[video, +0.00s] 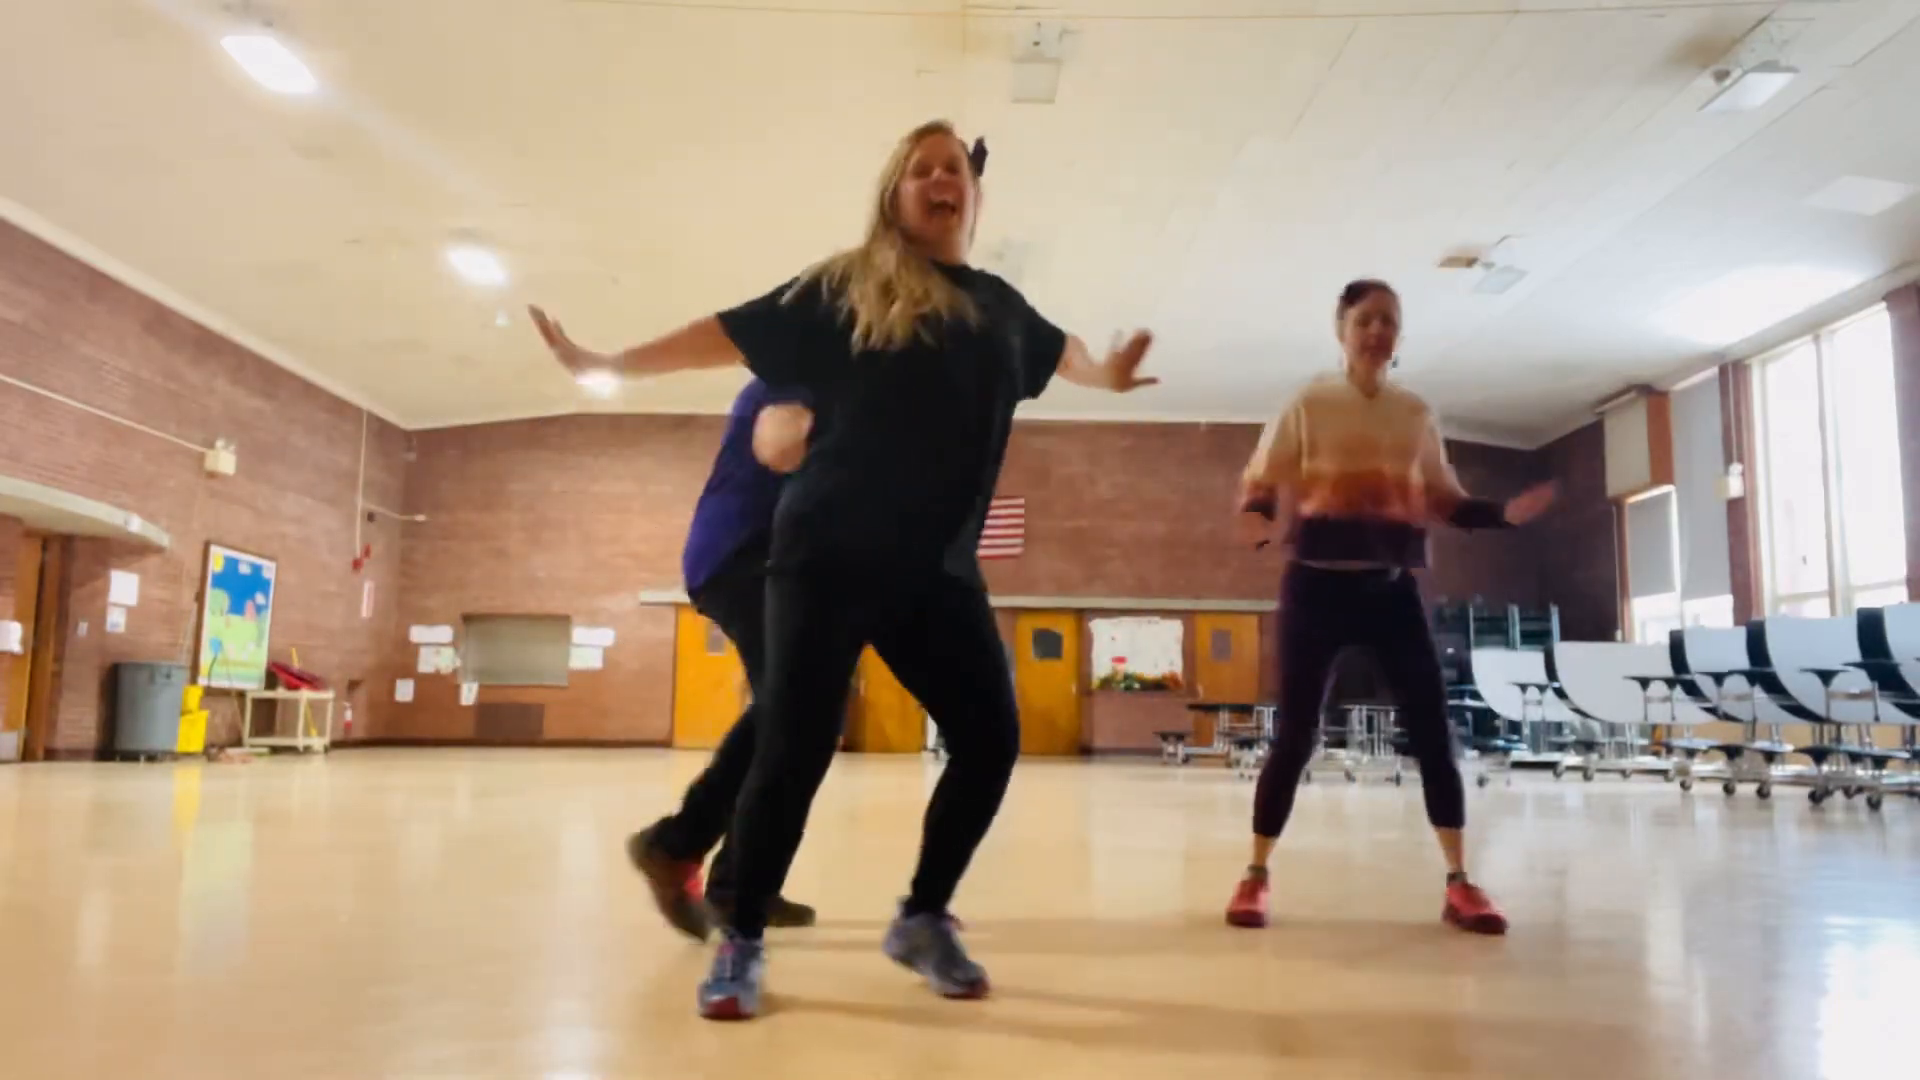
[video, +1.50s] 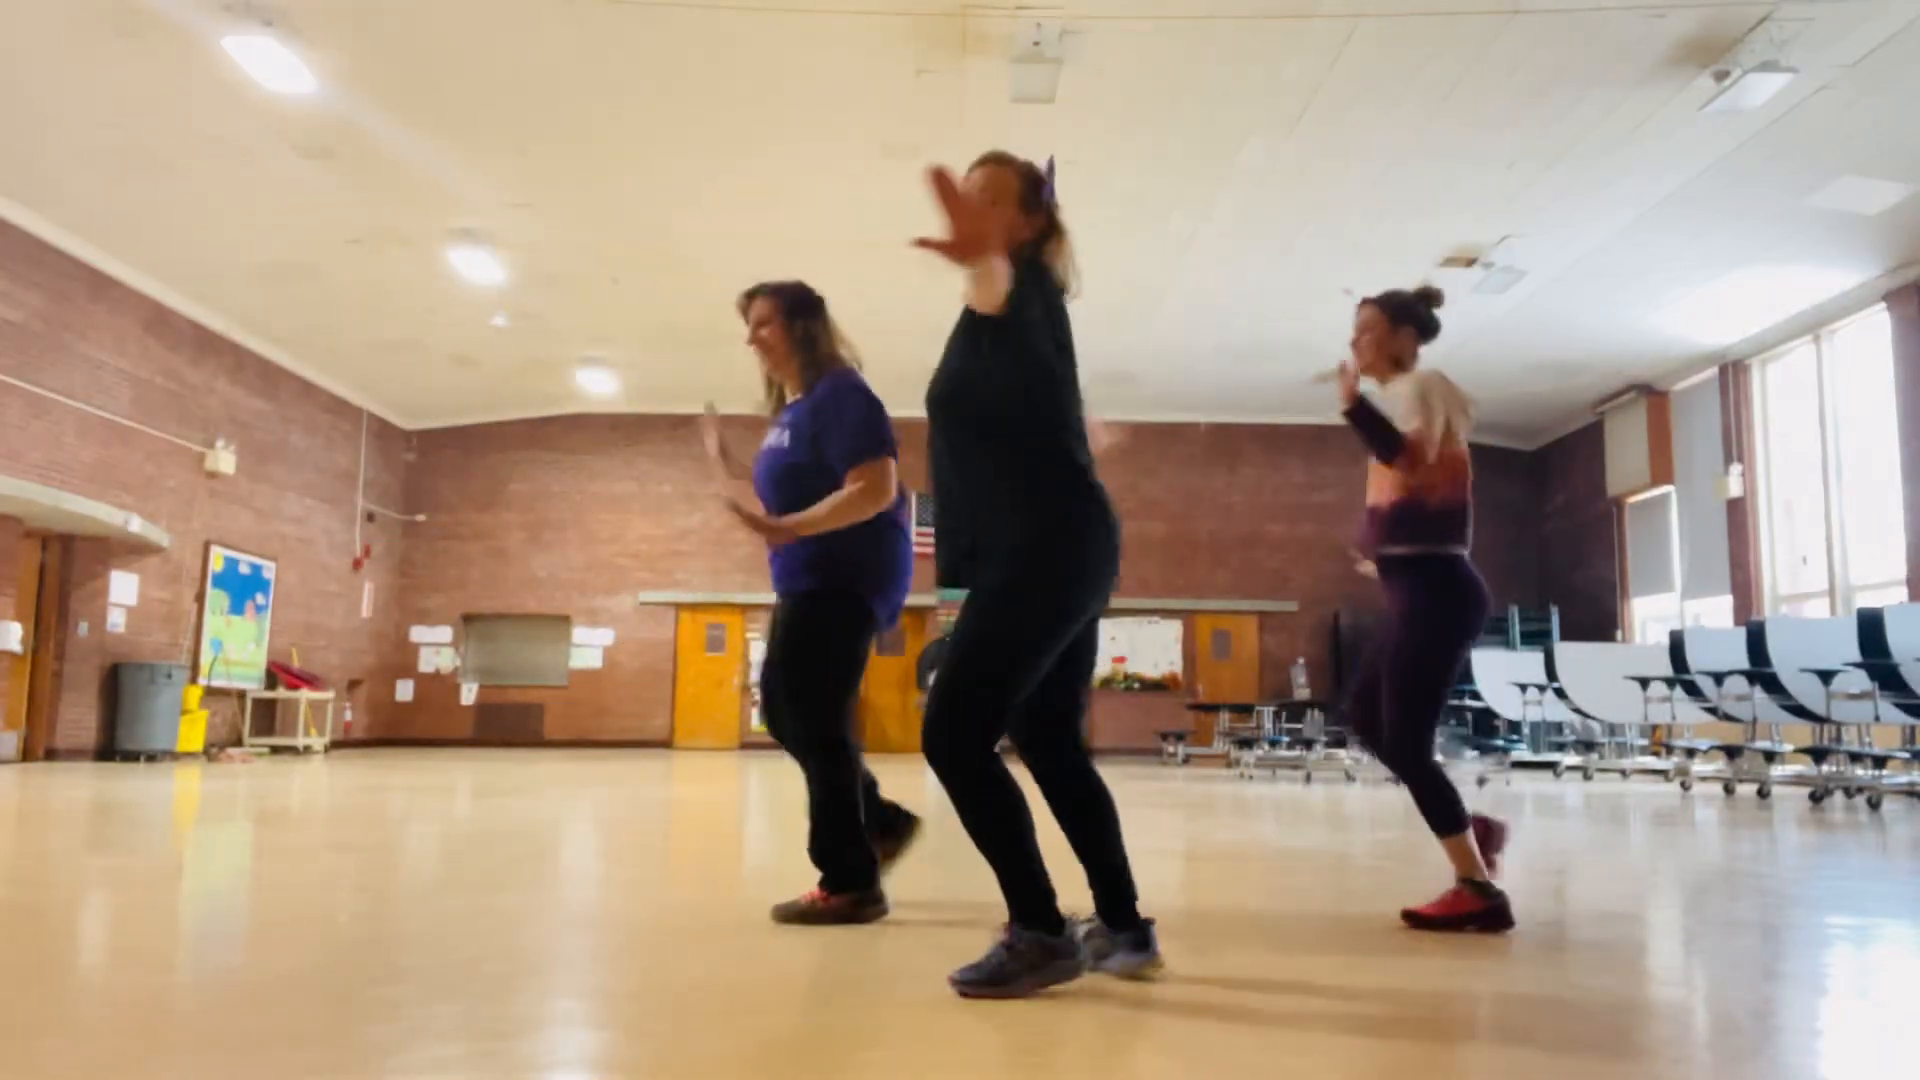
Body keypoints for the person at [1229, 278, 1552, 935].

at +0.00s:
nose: (1379, 332)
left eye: (1388, 322)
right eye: (1367, 321)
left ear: (1399, 334)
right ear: (1340, 329)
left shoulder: (1415, 416)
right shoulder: (1307, 408)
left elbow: (1449, 503)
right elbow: (1257, 486)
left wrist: (1504, 513)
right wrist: (1258, 513)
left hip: (1391, 588)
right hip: (1316, 586)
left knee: (1432, 731)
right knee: (1295, 736)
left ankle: (1459, 883)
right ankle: (1256, 876)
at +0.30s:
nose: (1383, 336)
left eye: (1384, 323)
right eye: (1372, 322)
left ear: (1365, 325)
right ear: (1333, 323)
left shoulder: (1356, 397)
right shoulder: (1297, 396)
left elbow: (1370, 463)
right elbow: (1286, 495)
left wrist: (1418, 439)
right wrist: (1339, 518)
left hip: (1353, 577)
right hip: (1305, 575)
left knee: (1355, 725)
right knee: (1321, 695)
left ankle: (1292, 869)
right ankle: (1249, 833)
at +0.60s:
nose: (1392, 345)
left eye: (1391, 333)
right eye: (1388, 332)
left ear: (1332, 334)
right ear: (1369, 332)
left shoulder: (1288, 404)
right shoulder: (1365, 402)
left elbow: (1263, 497)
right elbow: (1407, 505)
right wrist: (1478, 548)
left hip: (1289, 583)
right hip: (1345, 581)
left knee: (1332, 732)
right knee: (1416, 728)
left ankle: (1301, 883)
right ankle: (1323, 837)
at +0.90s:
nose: (1387, 335)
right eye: (1393, 324)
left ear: (1341, 331)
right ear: (1398, 333)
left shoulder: (1304, 392)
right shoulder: (1421, 394)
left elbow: (1252, 469)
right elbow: (1481, 478)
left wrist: (1242, 419)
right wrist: (1548, 533)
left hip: (1341, 572)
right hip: (1420, 565)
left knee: (1352, 726)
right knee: (1453, 722)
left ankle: (1386, 873)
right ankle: (1468, 875)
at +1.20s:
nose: (1335, 322)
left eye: (1340, 312)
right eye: (1340, 312)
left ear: (1356, 316)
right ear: (1392, 322)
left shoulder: (1342, 383)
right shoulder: (1435, 385)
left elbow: (1298, 459)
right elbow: (1483, 461)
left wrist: (1265, 399)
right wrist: (1524, 501)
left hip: (1376, 563)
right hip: (1450, 557)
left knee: (1379, 727)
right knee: (1462, 696)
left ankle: (1419, 884)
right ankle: (1510, 828)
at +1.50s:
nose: (1355, 343)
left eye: (1364, 332)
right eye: (1355, 333)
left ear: (1401, 335)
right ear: (1392, 340)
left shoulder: (1425, 387)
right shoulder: (1410, 397)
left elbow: (1410, 459)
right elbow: (1431, 492)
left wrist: (1350, 403)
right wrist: (1382, 550)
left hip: (1438, 591)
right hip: (1418, 590)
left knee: (1404, 741)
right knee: (1366, 716)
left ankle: (1476, 887)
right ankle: (1470, 826)